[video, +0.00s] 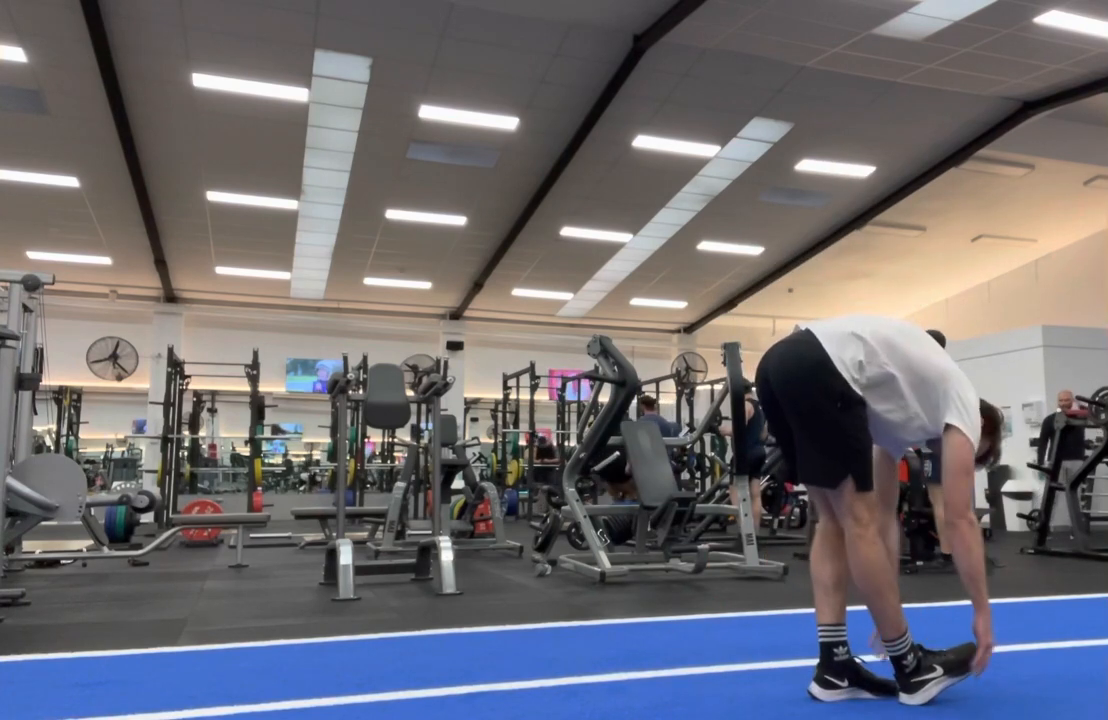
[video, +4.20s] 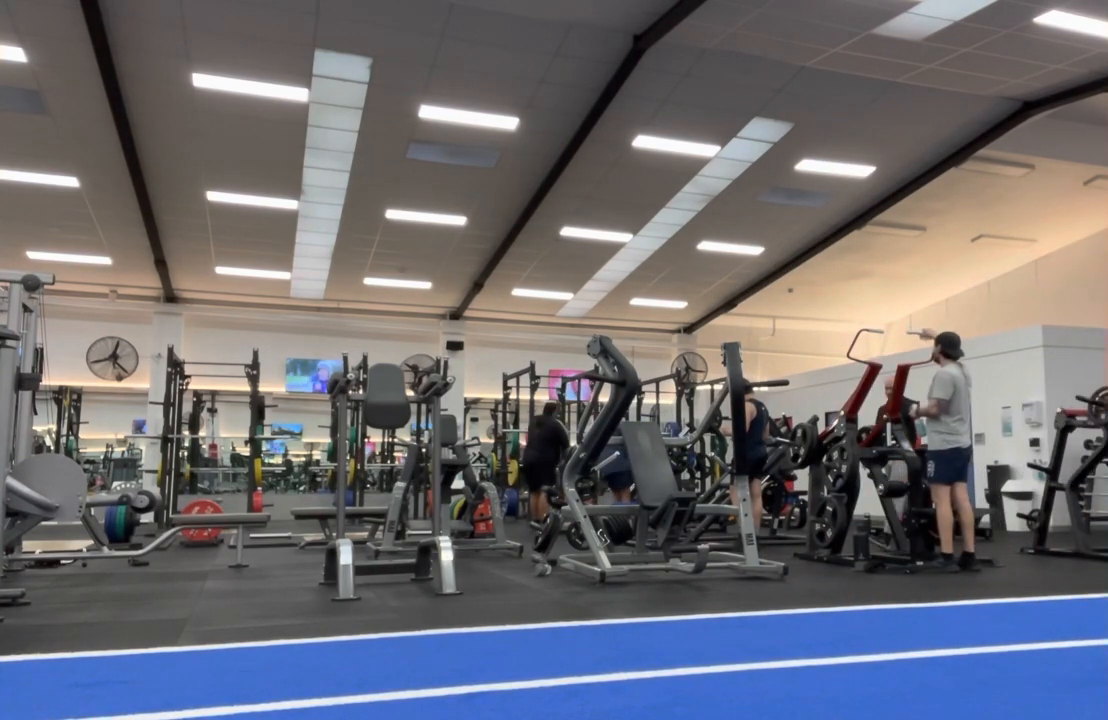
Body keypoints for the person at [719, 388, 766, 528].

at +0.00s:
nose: (731, 394)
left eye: (732, 390)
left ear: (737, 391)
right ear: (749, 388)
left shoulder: (745, 405)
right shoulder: (758, 406)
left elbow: (736, 429)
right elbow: (764, 434)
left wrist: (719, 429)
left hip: (744, 453)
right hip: (758, 451)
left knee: (735, 491)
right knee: (755, 495)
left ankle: (743, 530)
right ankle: (755, 532)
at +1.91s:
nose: (733, 395)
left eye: (734, 391)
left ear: (738, 391)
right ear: (750, 388)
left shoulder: (747, 405)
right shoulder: (762, 406)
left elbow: (742, 429)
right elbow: (765, 434)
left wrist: (724, 430)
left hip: (745, 453)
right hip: (760, 452)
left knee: (735, 489)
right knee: (756, 493)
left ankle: (743, 527)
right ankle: (755, 531)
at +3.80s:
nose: (733, 396)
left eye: (733, 392)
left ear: (738, 392)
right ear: (750, 388)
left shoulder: (747, 405)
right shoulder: (761, 406)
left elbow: (742, 429)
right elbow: (765, 433)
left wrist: (723, 429)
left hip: (746, 454)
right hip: (760, 453)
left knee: (735, 489)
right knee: (756, 495)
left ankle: (743, 529)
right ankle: (755, 533)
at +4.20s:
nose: (733, 395)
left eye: (734, 391)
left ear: (739, 391)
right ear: (750, 388)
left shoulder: (747, 406)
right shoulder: (761, 406)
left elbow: (743, 429)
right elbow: (765, 434)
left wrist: (725, 430)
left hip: (746, 455)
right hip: (760, 453)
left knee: (735, 489)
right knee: (756, 495)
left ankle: (743, 528)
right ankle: (755, 532)